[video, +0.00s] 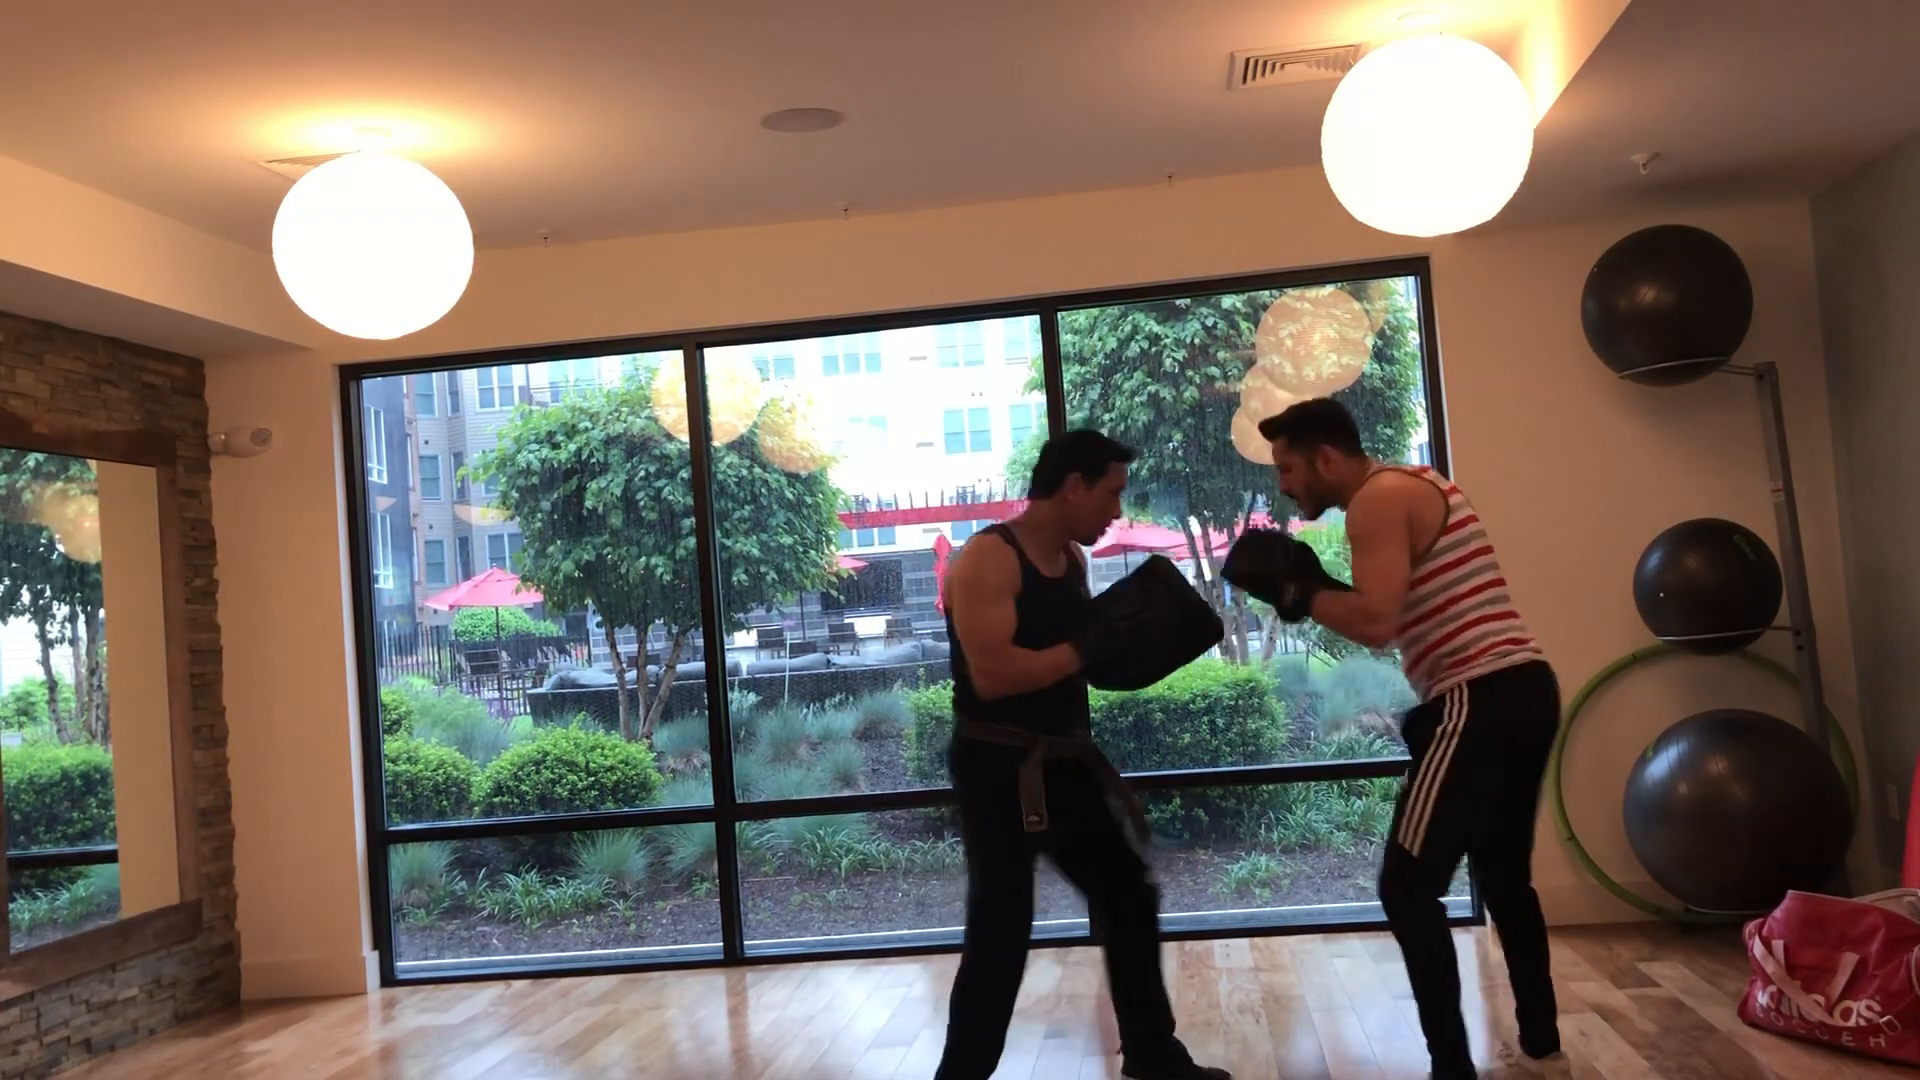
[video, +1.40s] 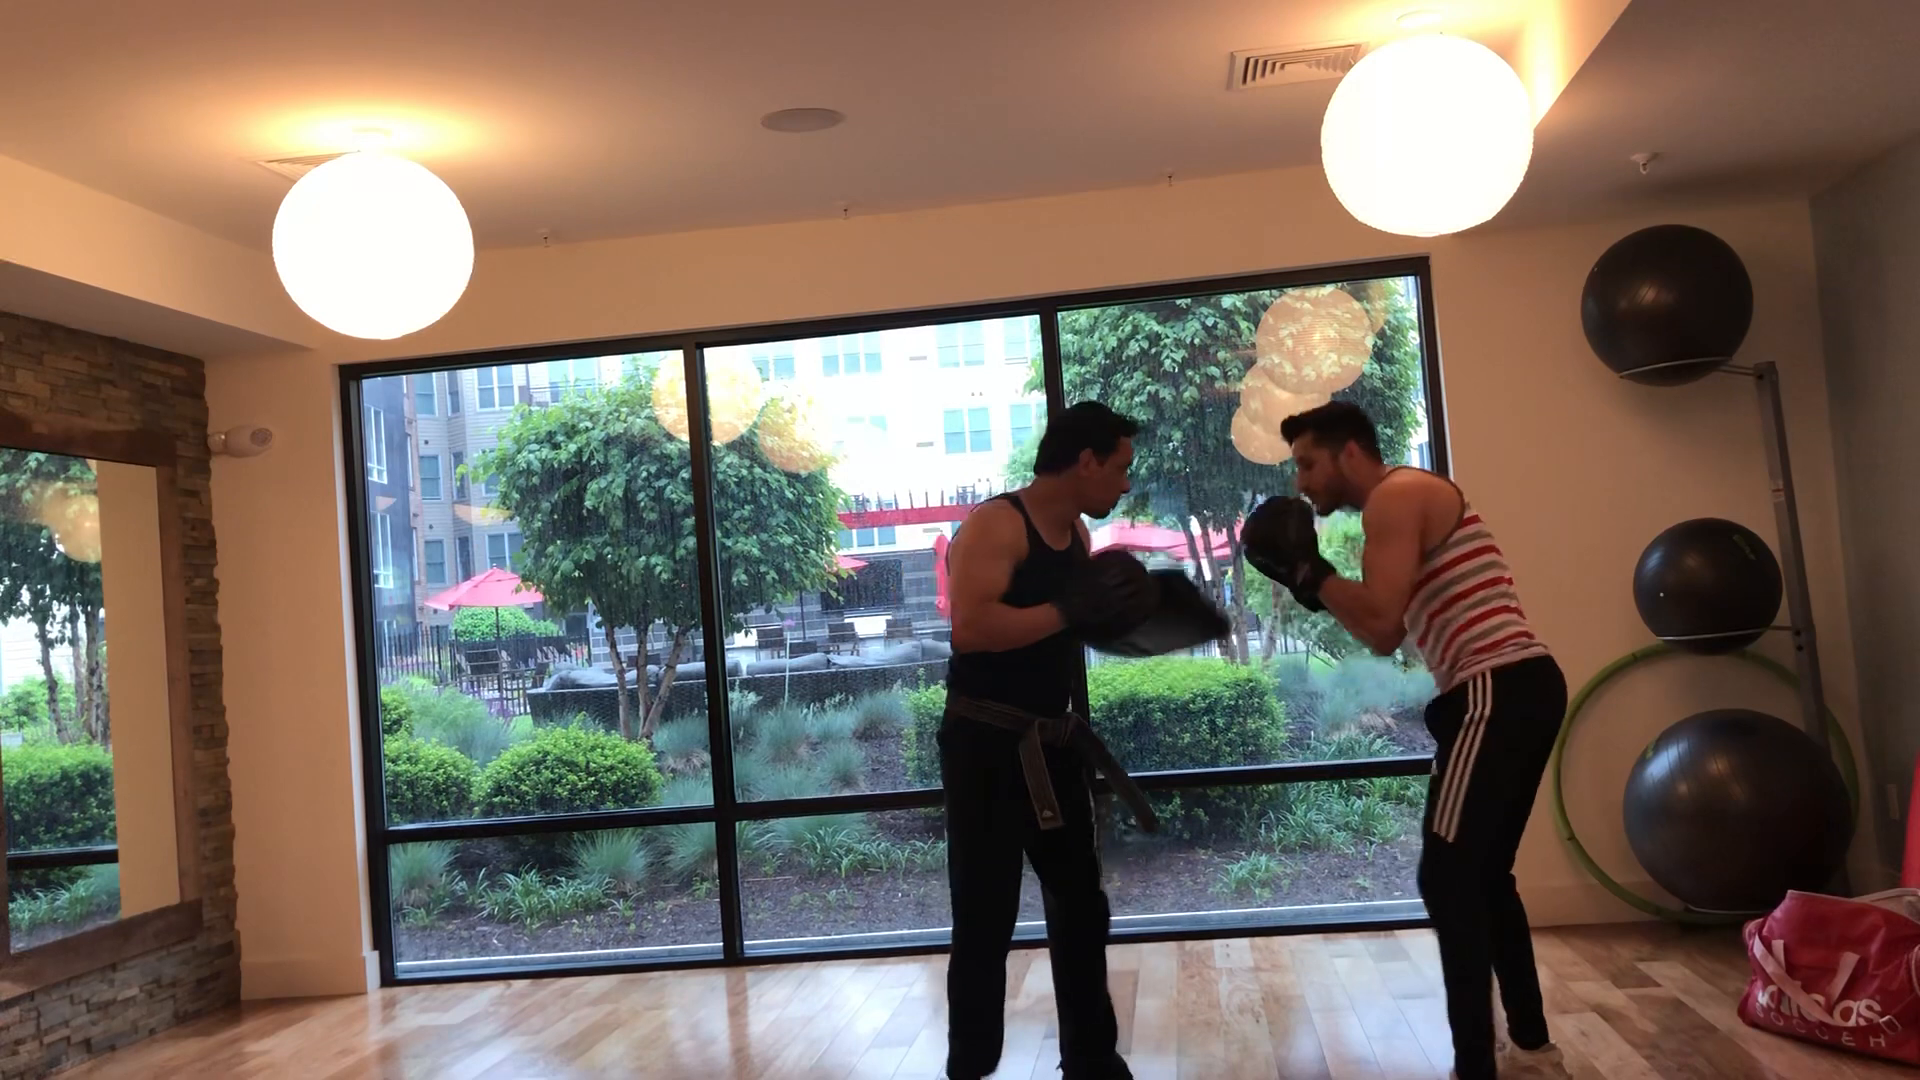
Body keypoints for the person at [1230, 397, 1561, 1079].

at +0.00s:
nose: (1283, 488)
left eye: (1285, 471)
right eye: (1278, 474)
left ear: (1325, 456)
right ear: (1332, 456)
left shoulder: (1379, 497)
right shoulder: (1418, 484)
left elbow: (1376, 621)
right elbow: (1391, 615)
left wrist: (1297, 588)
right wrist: (1316, 587)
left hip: (1478, 698)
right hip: (1526, 688)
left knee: (1407, 886)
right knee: (1504, 876)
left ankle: (1451, 1066)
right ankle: (1541, 1035)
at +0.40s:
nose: (1276, 539)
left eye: (1280, 524)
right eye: (1276, 524)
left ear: (1312, 529)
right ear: (1335, 520)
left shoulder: (1400, 599)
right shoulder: (1384, 563)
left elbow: (1322, 713)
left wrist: (1292, 628)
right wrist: (1305, 654)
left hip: (1531, 748)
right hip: (1494, 745)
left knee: (1436, 913)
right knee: (1460, 896)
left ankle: (1485, 1072)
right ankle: (1536, 1045)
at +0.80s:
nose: (1288, 501)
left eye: (1292, 481)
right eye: (1283, 485)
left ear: (1339, 463)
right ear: (1343, 468)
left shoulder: (1387, 524)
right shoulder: (1402, 510)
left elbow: (1387, 639)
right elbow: (1398, 633)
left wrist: (1296, 628)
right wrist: (1305, 626)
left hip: (1496, 721)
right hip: (1496, 715)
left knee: (1437, 909)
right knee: (1463, 887)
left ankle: (1483, 1069)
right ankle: (1527, 1040)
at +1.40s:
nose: (1302, 484)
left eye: (1306, 465)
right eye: (1297, 470)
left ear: (1348, 452)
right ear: (1352, 456)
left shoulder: (1397, 495)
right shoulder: (1413, 497)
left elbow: (1379, 619)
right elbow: (1384, 632)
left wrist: (1306, 567)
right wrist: (1312, 576)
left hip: (1495, 688)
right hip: (1520, 683)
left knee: (1445, 878)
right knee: (1485, 870)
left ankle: (1474, 1068)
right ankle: (1530, 1037)